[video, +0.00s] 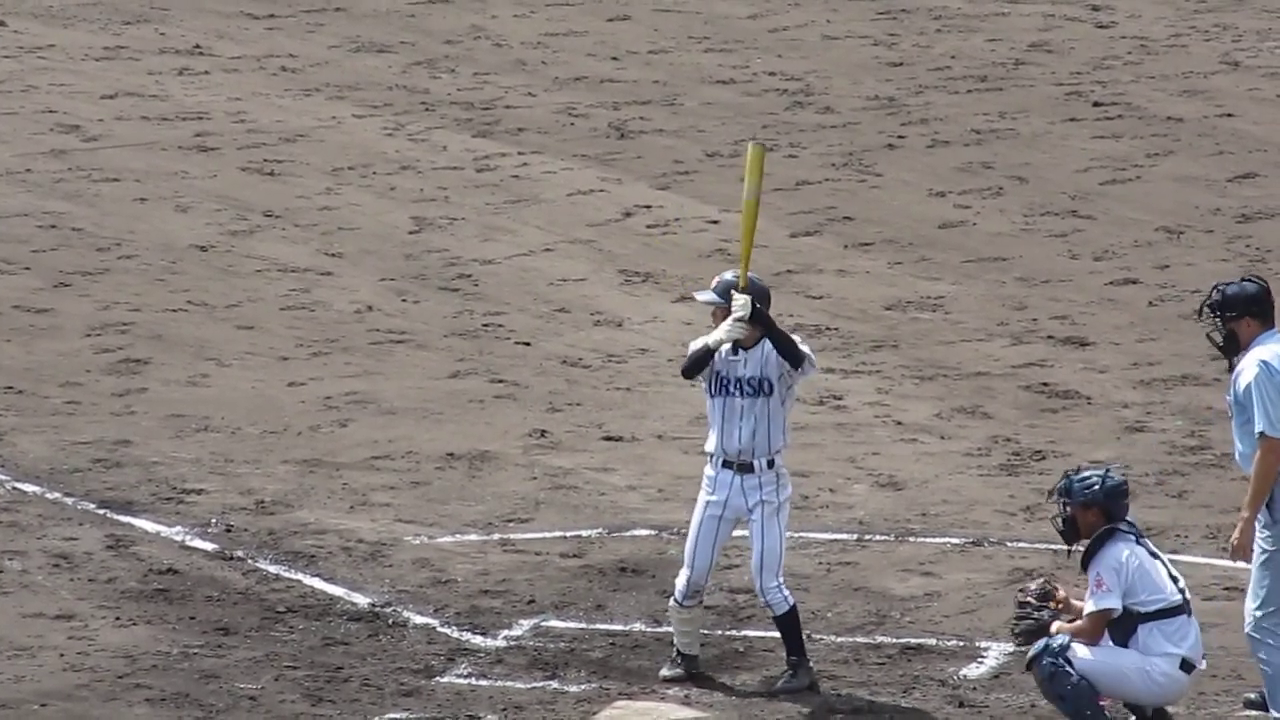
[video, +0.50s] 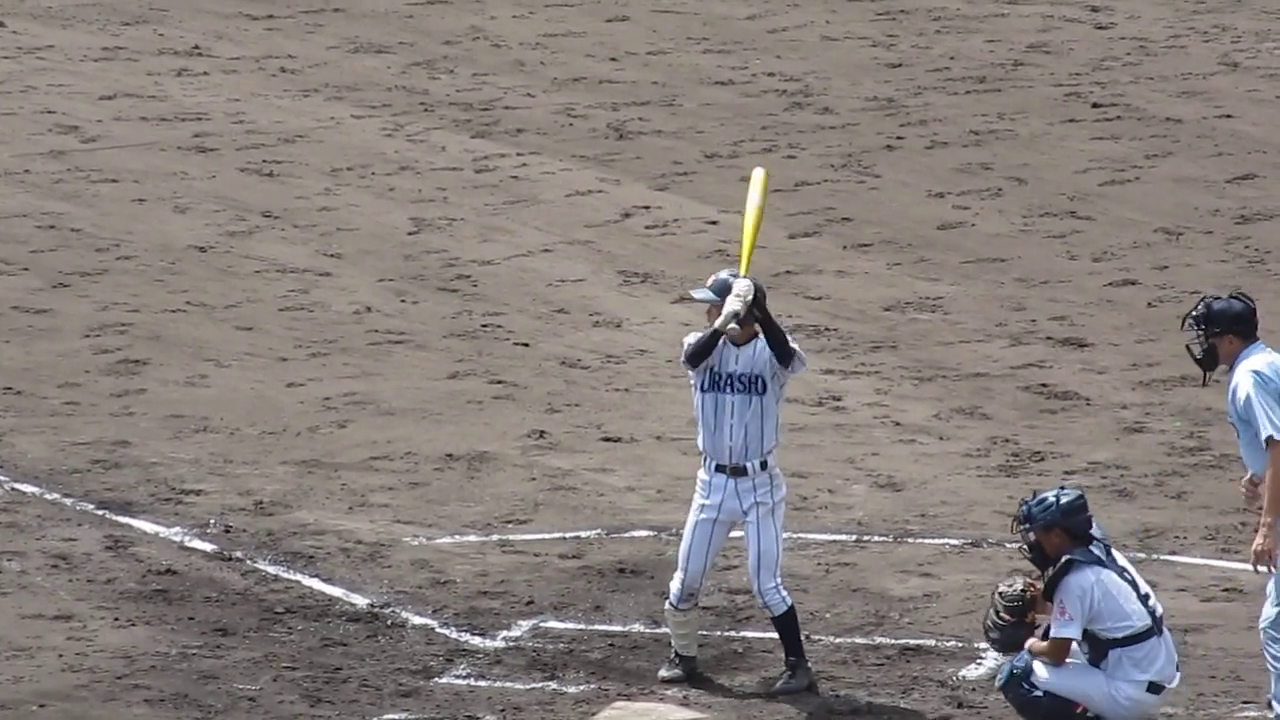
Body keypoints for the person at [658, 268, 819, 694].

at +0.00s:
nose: (714, 314)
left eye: (720, 309)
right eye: (714, 309)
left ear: (741, 311)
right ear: (719, 311)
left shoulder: (782, 352)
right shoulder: (711, 349)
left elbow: (803, 364)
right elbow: (688, 369)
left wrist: (761, 319)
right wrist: (720, 336)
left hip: (765, 480)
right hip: (718, 477)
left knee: (768, 583)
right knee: (691, 578)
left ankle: (800, 667)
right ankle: (686, 658)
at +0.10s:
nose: (715, 309)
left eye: (721, 304)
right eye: (715, 304)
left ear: (743, 309)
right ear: (717, 307)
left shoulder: (778, 350)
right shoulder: (709, 343)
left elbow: (801, 356)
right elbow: (685, 359)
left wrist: (764, 308)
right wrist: (720, 327)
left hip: (761, 479)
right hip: (714, 476)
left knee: (768, 581)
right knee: (688, 577)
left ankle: (800, 665)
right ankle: (686, 656)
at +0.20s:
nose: (711, 307)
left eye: (718, 302)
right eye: (711, 301)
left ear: (741, 307)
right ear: (713, 304)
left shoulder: (775, 352)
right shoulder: (706, 341)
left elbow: (796, 346)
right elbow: (685, 352)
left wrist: (763, 299)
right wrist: (723, 319)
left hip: (759, 480)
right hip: (711, 477)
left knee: (767, 581)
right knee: (686, 577)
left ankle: (799, 665)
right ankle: (686, 657)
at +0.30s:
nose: (711, 310)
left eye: (717, 305)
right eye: (711, 304)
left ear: (739, 311)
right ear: (713, 306)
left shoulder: (771, 354)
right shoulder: (703, 344)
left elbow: (793, 348)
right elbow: (688, 354)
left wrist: (763, 299)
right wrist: (729, 316)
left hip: (757, 482)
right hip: (710, 481)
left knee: (767, 584)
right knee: (685, 582)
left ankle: (800, 668)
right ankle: (686, 660)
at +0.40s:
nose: (709, 308)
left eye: (715, 304)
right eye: (708, 303)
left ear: (739, 310)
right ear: (711, 305)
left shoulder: (770, 350)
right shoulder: (702, 340)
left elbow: (792, 349)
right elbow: (689, 352)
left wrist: (761, 299)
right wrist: (727, 311)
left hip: (758, 480)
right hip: (710, 479)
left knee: (766, 581)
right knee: (684, 581)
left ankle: (799, 665)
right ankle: (686, 657)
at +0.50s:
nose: (710, 314)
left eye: (716, 309)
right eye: (709, 308)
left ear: (739, 314)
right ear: (710, 309)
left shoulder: (773, 353)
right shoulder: (701, 345)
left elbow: (789, 358)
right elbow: (691, 360)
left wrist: (758, 307)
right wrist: (725, 318)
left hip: (760, 484)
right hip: (713, 483)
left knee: (766, 584)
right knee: (684, 583)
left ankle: (798, 668)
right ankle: (684, 660)